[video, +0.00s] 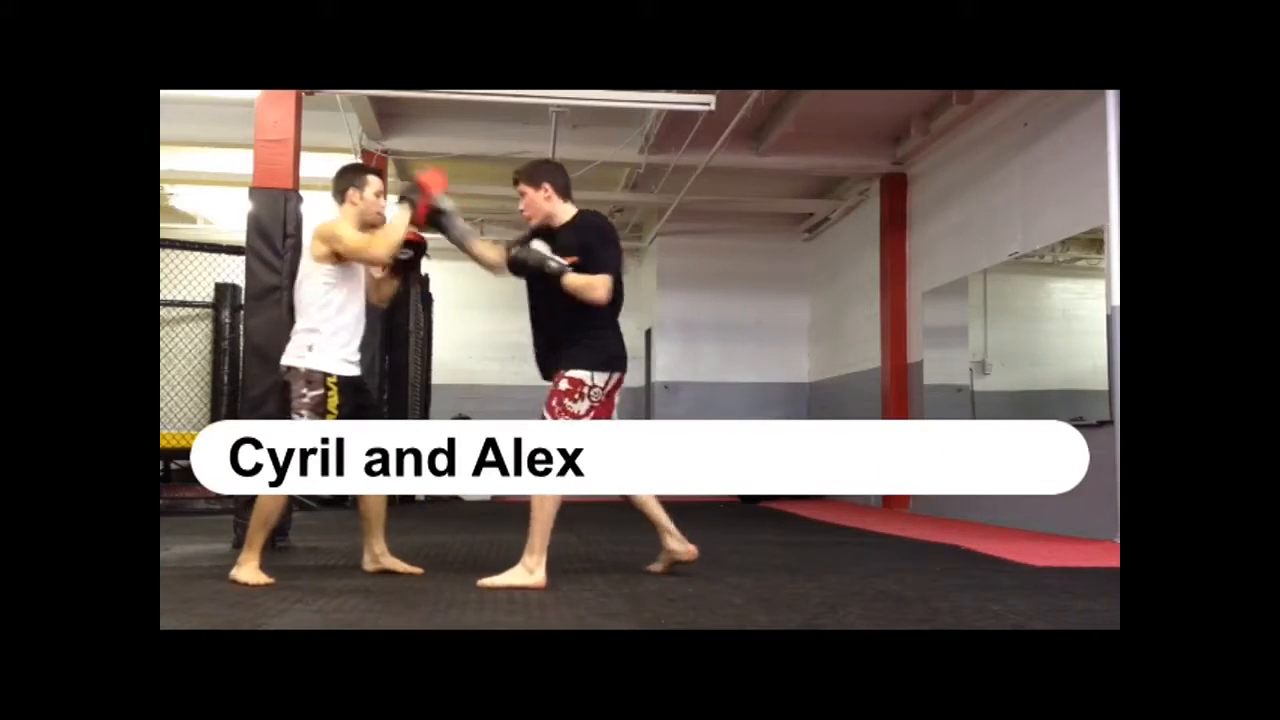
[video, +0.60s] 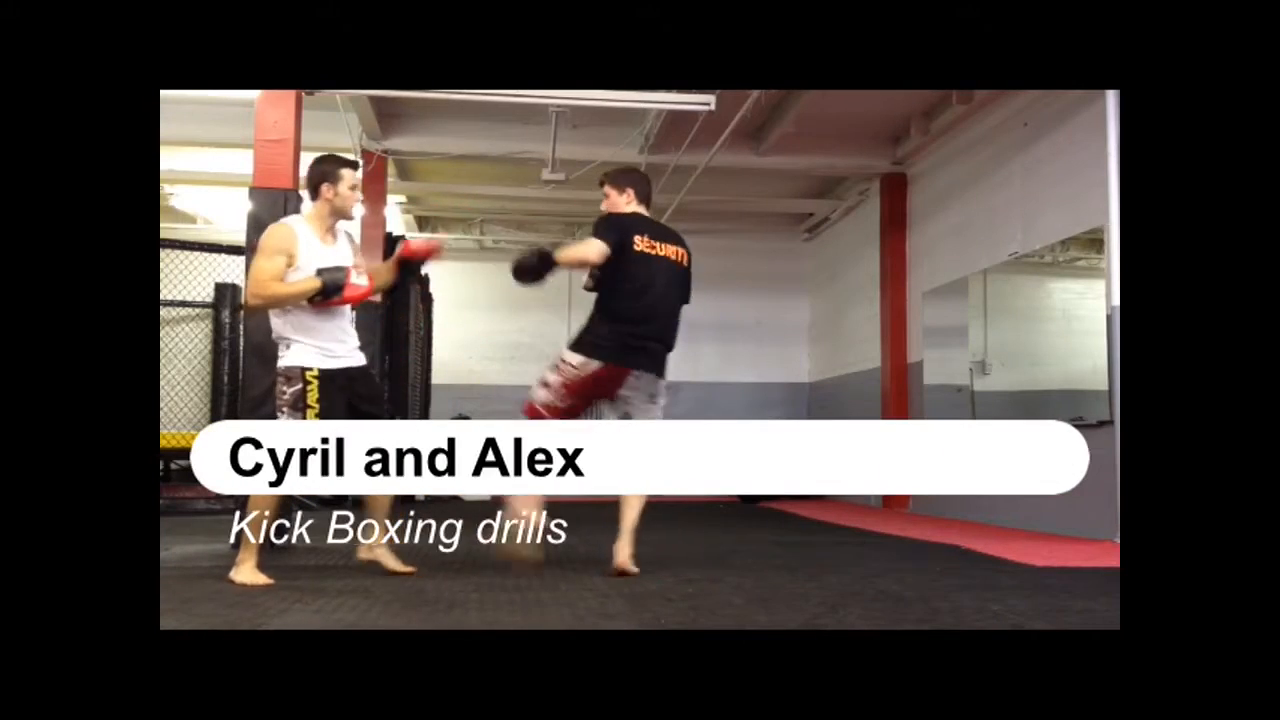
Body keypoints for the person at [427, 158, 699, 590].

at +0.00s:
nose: (520, 207)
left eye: (524, 197)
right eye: (519, 198)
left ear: (547, 192)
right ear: (544, 193)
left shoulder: (594, 228)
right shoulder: (542, 238)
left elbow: (601, 291)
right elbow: (498, 258)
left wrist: (552, 267)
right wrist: (452, 225)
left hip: (593, 362)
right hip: (575, 363)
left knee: (547, 456)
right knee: (609, 456)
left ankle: (532, 565)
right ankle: (674, 540)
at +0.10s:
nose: (531, 201)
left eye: (534, 192)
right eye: (530, 193)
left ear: (558, 187)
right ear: (562, 189)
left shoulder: (580, 226)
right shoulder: (584, 226)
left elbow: (554, 281)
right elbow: (555, 283)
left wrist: (519, 254)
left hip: (583, 360)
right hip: (603, 359)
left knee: (543, 454)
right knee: (589, 451)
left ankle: (531, 562)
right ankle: (628, 547)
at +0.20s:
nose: (560, 199)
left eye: (564, 191)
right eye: (561, 192)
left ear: (585, 189)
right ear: (600, 192)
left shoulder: (578, 218)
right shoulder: (632, 233)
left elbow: (514, 235)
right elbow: (601, 268)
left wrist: (468, 231)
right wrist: (554, 260)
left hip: (571, 355)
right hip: (618, 361)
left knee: (502, 425)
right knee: (600, 448)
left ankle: (501, 520)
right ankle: (610, 552)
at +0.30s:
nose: (586, 204)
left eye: (589, 198)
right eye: (586, 199)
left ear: (607, 194)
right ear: (628, 198)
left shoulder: (595, 217)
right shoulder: (657, 244)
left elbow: (534, 240)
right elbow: (626, 280)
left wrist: (482, 241)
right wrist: (576, 262)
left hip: (571, 335)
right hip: (621, 354)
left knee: (486, 377)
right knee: (612, 450)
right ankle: (610, 552)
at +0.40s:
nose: (604, 212)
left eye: (606, 205)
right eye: (604, 205)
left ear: (625, 201)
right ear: (644, 206)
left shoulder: (612, 224)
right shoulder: (671, 254)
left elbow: (584, 260)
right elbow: (645, 301)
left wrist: (531, 268)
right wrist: (588, 280)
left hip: (571, 333)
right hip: (618, 361)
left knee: (489, 358)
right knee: (620, 455)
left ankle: (410, 394)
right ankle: (615, 554)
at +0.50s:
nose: (609, 210)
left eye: (612, 202)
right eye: (609, 203)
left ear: (634, 201)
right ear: (648, 206)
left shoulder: (619, 226)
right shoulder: (679, 254)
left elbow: (604, 267)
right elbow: (667, 307)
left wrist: (552, 278)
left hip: (582, 342)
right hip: (630, 365)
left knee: (499, 385)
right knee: (628, 456)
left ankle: (432, 443)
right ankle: (616, 554)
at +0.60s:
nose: (603, 204)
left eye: (607, 197)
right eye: (603, 198)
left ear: (629, 195)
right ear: (644, 200)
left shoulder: (618, 223)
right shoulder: (678, 243)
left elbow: (595, 253)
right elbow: (671, 296)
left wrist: (550, 257)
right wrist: (609, 282)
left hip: (600, 351)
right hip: (649, 363)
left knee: (537, 420)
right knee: (641, 453)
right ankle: (624, 549)